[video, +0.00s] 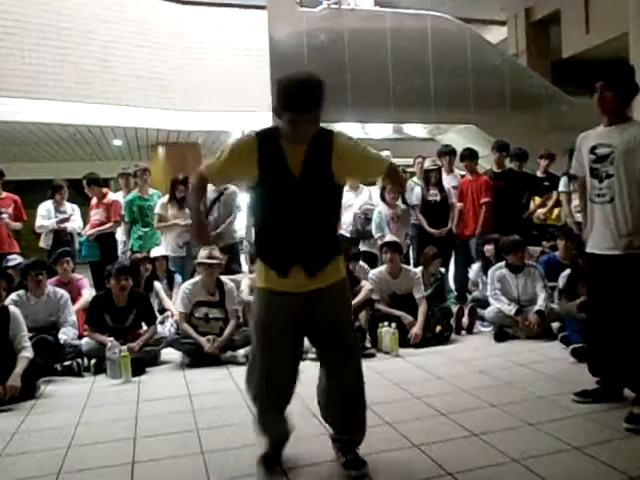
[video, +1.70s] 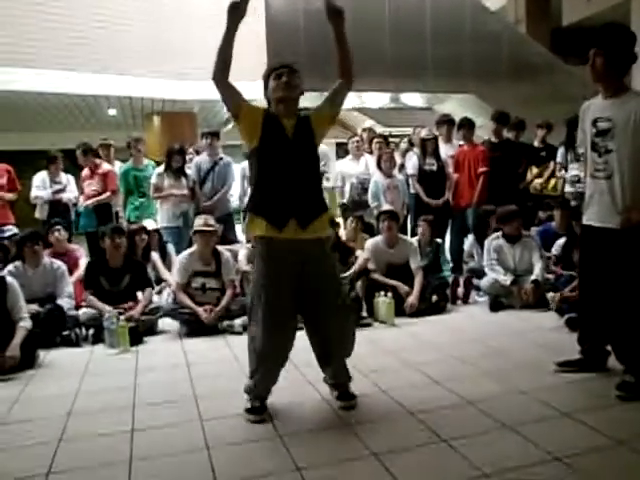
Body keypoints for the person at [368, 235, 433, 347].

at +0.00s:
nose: (389, 256)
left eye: (393, 252)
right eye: (386, 252)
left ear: (400, 254)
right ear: (382, 256)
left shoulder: (413, 274)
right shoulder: (375, 275)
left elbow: (422, 302)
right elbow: (376, 303)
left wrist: (419, 327)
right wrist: (401, 315)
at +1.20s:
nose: (384, 250)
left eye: (388, 246)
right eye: (380, 247)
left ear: (394, 250)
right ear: (376, 250)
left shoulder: (406, 271)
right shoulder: (369, 269)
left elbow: (415, 297)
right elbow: (370, 297)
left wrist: (410, 322)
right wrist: (396, 311)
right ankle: (368, 339)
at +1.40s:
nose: (385, 225)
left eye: (388, 221)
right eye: (381, 222)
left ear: (394, 224)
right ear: (376, 226)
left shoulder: (405, 244)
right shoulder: (369, 244)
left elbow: (415, 272)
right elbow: (370, 273)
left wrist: (411, 296)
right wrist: (395, 286)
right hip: (378, 275)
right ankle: (370, 315)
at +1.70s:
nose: (387, 224)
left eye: (391, 220)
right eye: (383, 221)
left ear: (397, 224)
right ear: (379, 225)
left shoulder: (410, 244)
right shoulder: (371, 245)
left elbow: (418, 272)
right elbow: (372, 272)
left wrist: (414, 296)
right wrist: (397, 285)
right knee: (368, 281)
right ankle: (372, 314)